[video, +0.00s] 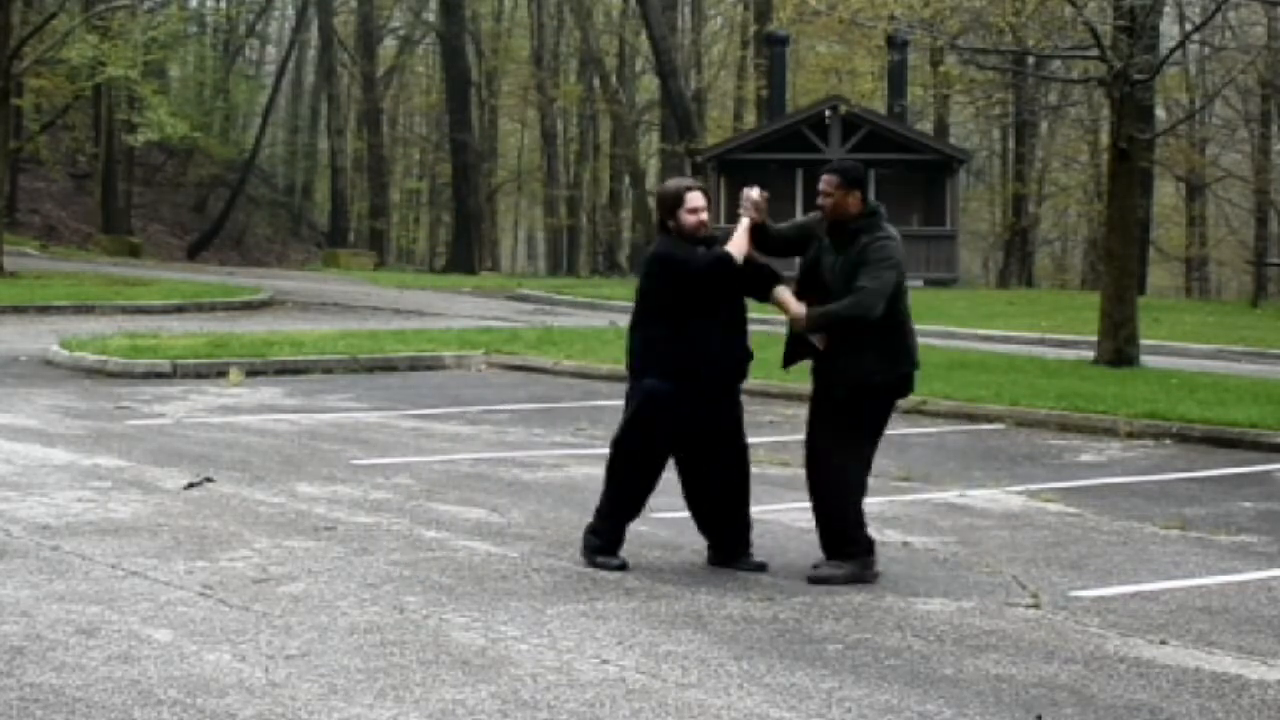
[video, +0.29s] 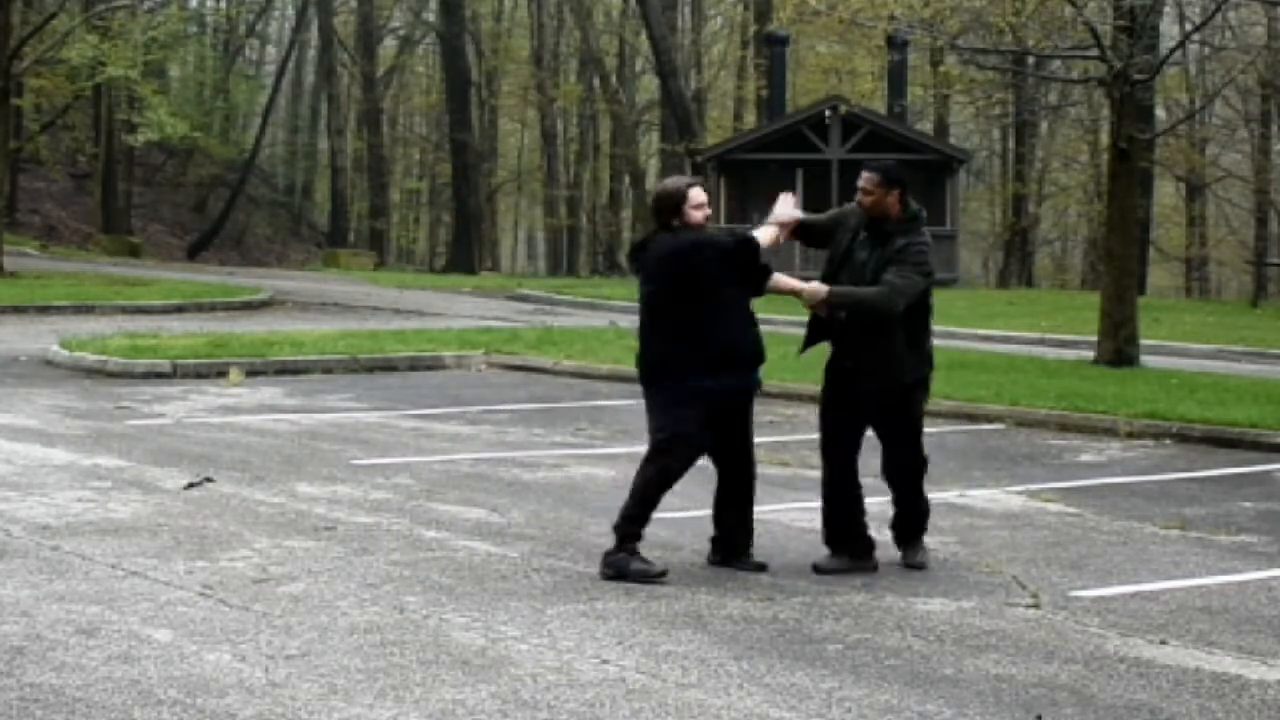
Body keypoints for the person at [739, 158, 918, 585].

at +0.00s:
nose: (820, 202)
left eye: (828, 196)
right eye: (819, 195)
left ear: (855, 198)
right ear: (825, 197)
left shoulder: (881, 243)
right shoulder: (822, 227)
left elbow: (867, 303)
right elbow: (777, 244)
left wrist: (809, 316)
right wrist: (756, 221)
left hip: (876, 371)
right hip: (835, 365)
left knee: (842, 460)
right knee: (820, 460)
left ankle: (856, 557)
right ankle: (839, 554)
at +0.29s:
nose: (860, 199)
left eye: (868, 194)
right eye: (859, 191)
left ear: (894, 197)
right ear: (861, 192)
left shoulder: (913, 245)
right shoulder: (851, 219)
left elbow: (892, 298)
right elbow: (817, 230)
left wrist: (829, 295)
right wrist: (790, 222)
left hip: (898, 369)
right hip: (848, 361)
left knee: (902, 462)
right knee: (837, 459)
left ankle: (911, 540)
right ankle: (850, 549)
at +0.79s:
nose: (840, 200)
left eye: (849, 193)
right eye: (837, 191)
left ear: (871, 200)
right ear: (832, 196)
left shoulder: (899, 244)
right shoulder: (816, 231)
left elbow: (930, 296)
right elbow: (756, 237)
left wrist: (883, 298)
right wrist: (806, 255)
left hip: (883, 379)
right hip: (823, 378)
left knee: (898, 462)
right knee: (794, 463)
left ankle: (900, 543)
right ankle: (765, 554)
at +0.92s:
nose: (828, 200)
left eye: (838, 194)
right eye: (824, 192)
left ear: (858, 200)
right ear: (818, 196)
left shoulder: (876, 239)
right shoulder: (803, 233)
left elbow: (919, 283)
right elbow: (779, 258)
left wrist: (875, 270)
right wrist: (841, 271)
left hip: (868, 373)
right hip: (810, 373)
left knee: (902, 449)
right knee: (790, 454)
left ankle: (882, 541)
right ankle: (763, 554)